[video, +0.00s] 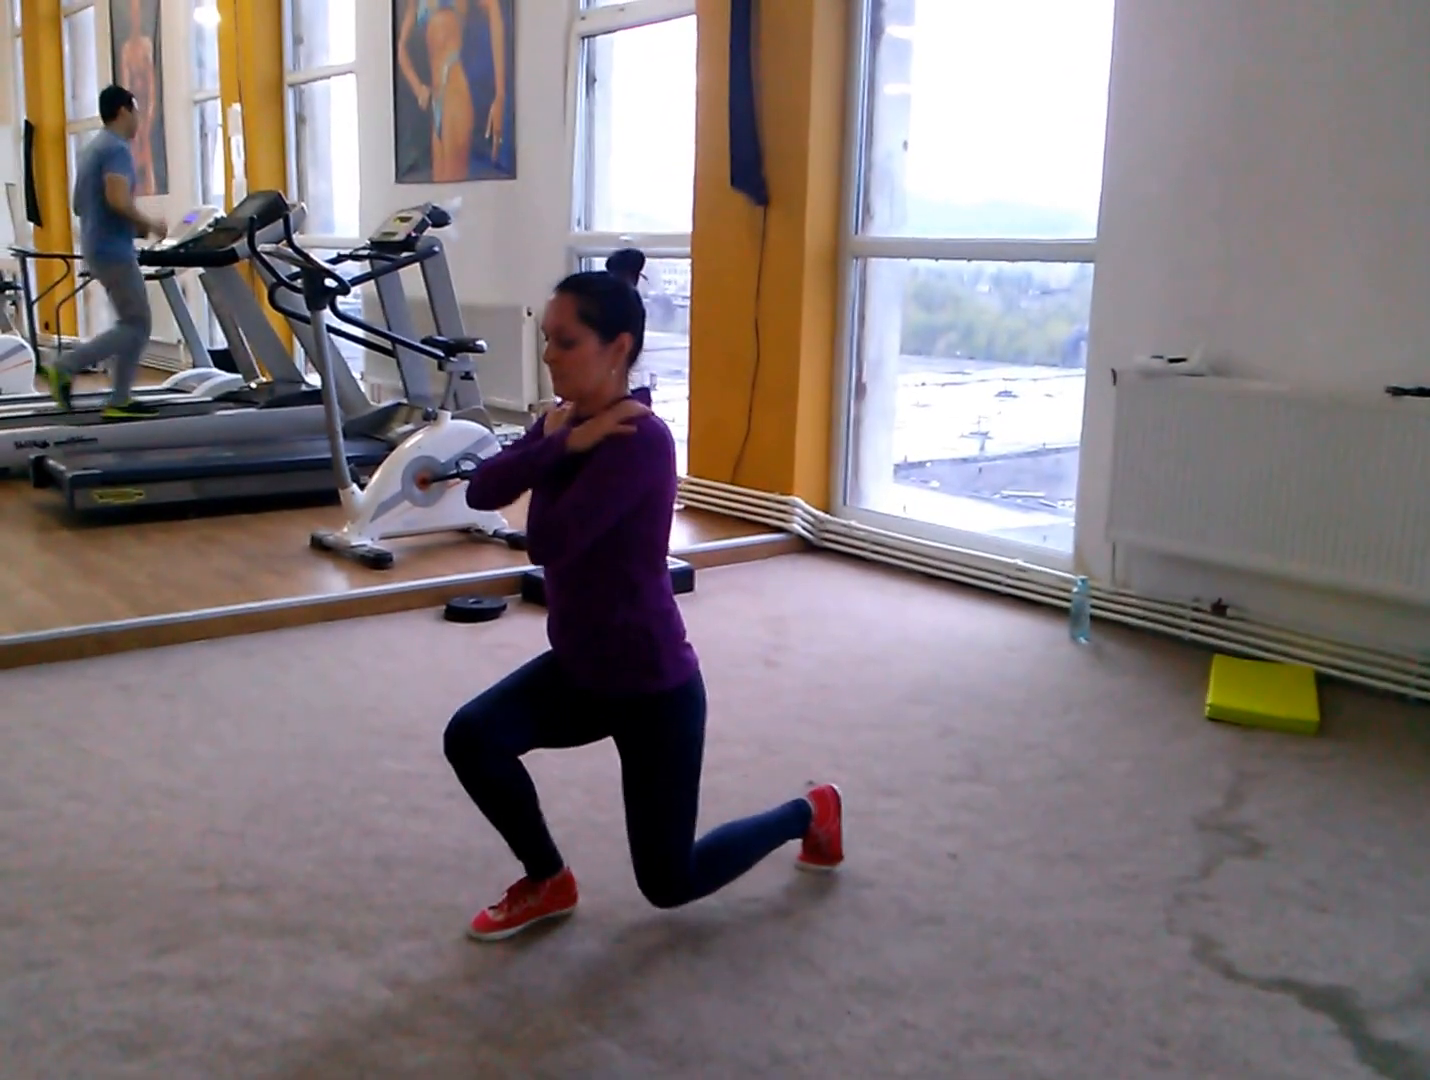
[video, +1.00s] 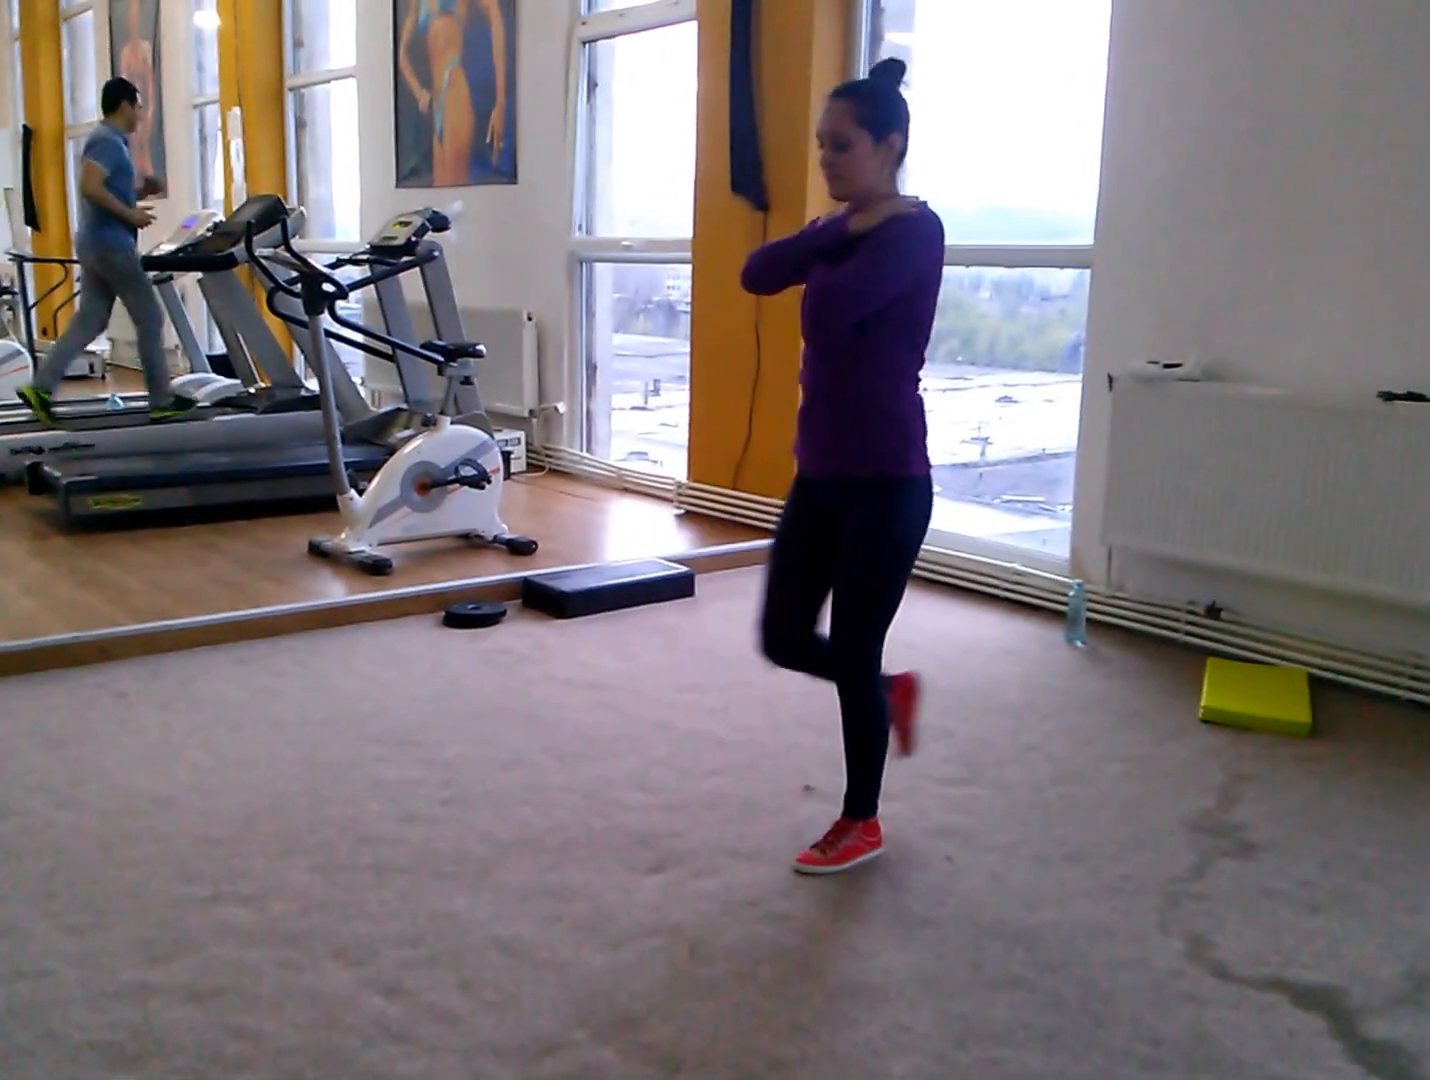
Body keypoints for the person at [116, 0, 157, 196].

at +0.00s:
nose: (135, 16)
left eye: (138, 11)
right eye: (132, 11)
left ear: (142, 15)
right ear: (129, 15)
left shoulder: (146, 43)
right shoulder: (126, 47)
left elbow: (150, 73)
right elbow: (124, 76)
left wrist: (152, 102)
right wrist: (125, 100)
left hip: (147, 96)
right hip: (132, 96)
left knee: (144, 135)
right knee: (133, 136)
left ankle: (149, 179)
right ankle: (134, 179)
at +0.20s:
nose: (135, 19)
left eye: (137, 14)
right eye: (132, 14)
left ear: (141, 17)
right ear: (128, 18)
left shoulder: (147, 44)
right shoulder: (125, 47)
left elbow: (151, 74)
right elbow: (124, 75)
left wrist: (151, 104)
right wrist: (125, 98)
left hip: (146, 93)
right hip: (130, 94)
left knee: (144, 134)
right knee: (133, 135)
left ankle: (150, 174)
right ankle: (134, 178)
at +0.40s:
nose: (135, 21)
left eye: (137, 16)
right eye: (132, 16)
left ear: (141, 19)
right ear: (129, 19)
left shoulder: (147, 45)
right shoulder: (124, 49)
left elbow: (151, 76)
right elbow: (125, 77)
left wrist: (151, 104)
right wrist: (124, 101)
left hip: (146, 97)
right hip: (132, 98)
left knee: (144, 137)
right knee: (135, 139)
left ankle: (149, 179)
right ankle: (135, 180)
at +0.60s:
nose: (134, 22)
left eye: (136, 18)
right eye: (132, 18)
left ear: (140, 21)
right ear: (128, 21)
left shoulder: (146, 45)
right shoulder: (125, 48)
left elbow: (149, 73)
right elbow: (124, 73)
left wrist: (152, 102)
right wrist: (124, 96)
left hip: (146, 89)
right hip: (130, 90)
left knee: (143, 134)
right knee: (131, 134)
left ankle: (148, 179)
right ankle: (132, 177)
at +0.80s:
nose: (135, 22)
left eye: (137, 17)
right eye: (132, 18)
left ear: (140, 20)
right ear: (129, 21)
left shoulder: (146, 47)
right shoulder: (125, 49)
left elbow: (150, 78)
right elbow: (124, 78)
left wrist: (150, 112)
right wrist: (123, 103)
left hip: (145, 97)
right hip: (131, 98)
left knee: (143, 140)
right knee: (134, 142)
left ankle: (148, 186)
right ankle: (137, 186)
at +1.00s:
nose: (133, 21)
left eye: (136, 16)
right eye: (131, 16)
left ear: (139, 19)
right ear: (127, 20)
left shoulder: (146, 47)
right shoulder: (125, 51)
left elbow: (149, 76)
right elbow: (123, 76)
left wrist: (150, 106)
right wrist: (124, 98)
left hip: (145, 98)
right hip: (130, 98)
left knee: (143, 137)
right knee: (133, 137)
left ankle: (147, 169)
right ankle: (135, 170)